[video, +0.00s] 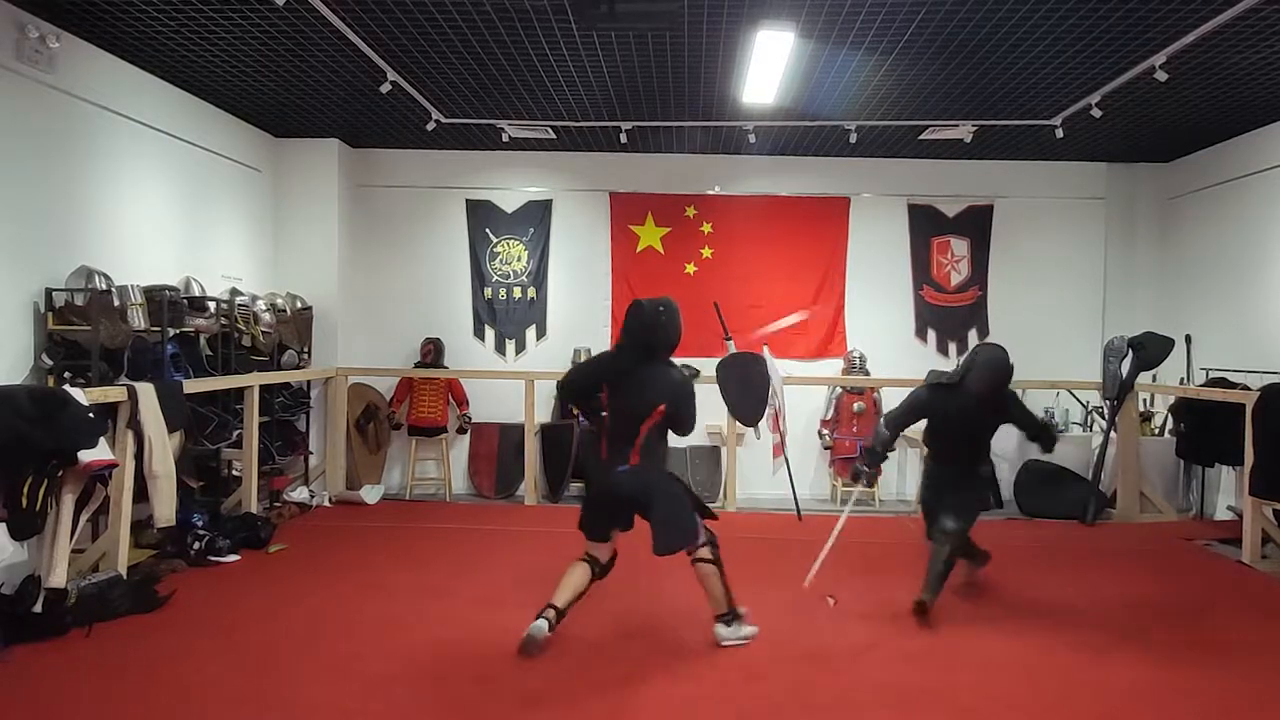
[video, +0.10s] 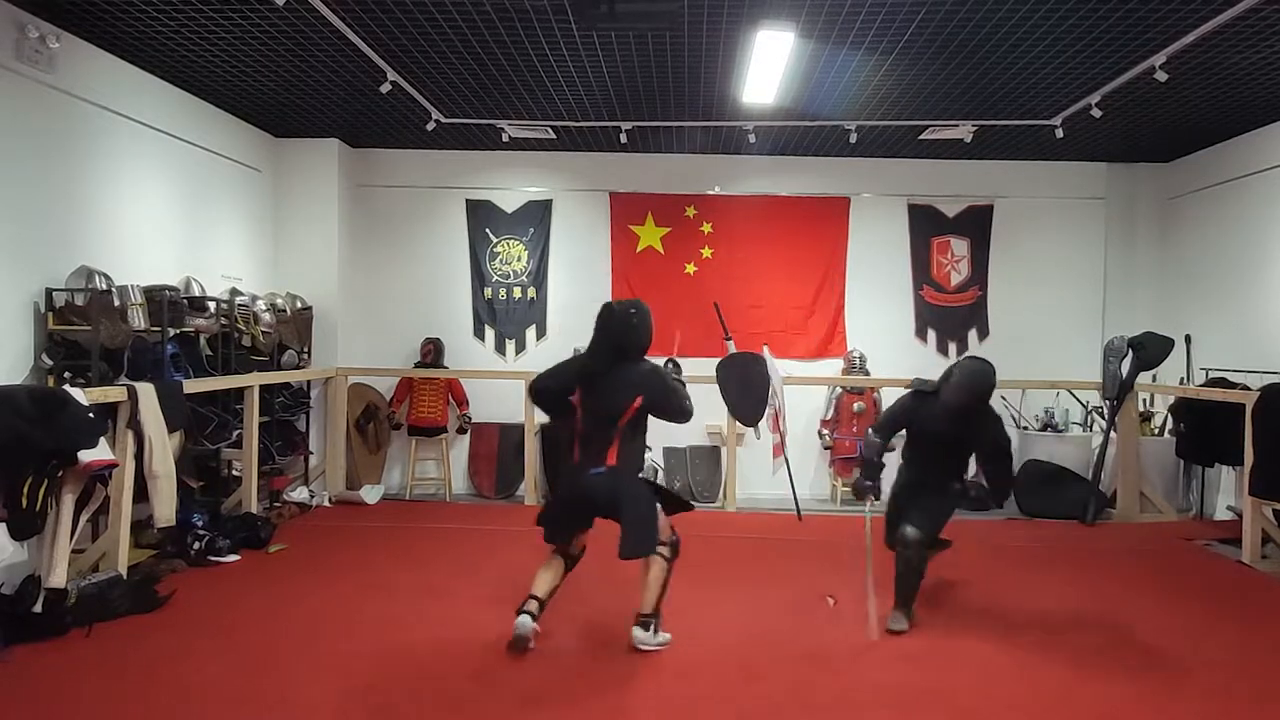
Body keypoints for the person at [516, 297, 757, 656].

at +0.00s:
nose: (679, 334)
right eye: (675, 328)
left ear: (629, 331)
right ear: (672, 336)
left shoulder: (610, 362)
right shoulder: (675, 380)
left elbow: (570, 387)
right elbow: (683, 426)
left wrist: (601, 414)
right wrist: (679, 385)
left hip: (602, 477)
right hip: (649, 477)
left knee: (596, 556)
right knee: (700, 541)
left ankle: (546, 619)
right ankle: (727, 621)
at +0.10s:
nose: (649, 334)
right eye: (647, 328)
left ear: (603, 331)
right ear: (642, 336)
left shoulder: (583, 365)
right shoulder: (645, 376)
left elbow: (540, 389)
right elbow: (682, 411)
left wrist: (573, 419)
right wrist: (673, 377)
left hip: (575, 480)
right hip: (620, 482)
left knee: (567, 548)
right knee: (665, 540)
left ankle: (529, 611)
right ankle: (646, 624)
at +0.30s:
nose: (559, 359)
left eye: (550, 356)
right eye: (556, 355)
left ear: (516, 361)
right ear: (552, 359)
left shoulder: (499, 400)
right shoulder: (569, 386)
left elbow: (458, 432)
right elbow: (630, 399)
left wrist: (493, 462)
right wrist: (685, 402)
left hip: (501, 502)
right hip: (555, 503)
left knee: (471, 562)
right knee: (611, 552)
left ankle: (408, 625)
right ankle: (640, 633)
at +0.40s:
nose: (520, 368)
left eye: (517, 364)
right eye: (517, 363)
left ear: (474, 364)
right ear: (510, 363)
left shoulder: (456, 395)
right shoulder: (521, 387)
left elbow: (409, 430)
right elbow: (567, 419)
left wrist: (441, 462)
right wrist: (619, 430)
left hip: (456, 502)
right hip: (504, 499)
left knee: (439, 563)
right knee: (559, 560)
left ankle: (398, 641)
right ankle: (615, 632)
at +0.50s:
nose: (489, 368)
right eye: (486, 362)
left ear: (441, 360)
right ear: (478, 361)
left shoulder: (421, 392)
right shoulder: (483, 388)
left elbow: (376, 428)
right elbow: (519, 437)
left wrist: (406, 460)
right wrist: (563, 479)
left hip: (419, 499)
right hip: (466, 498)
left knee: (431, 559)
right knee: (526, 557)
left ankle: (393, 641)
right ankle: (528, 647)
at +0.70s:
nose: (452, 337)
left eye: (450, 330)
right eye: (449, 330)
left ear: (398, 328)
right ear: (439, 333)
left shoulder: (377, 367)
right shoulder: (436, 372)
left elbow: (327, 399)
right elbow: (441, 430)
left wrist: (361, 435)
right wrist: (498, 472)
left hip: (368, 486)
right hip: (412, 491)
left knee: (397, 560)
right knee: (397, 599)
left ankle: (374, 644)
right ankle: (325, 672)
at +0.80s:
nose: (436, 330)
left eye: (434, 322)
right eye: (432, 323)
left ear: (383, 321)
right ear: (421, 325)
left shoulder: (359, 362)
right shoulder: (416, 373)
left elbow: (316, 392)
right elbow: (417, 434)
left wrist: (347, 433)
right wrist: (484, 463)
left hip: (343, 486)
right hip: (381, 493)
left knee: (369, 584)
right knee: (361, 601)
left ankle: (330, 651)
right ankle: (300, 688)